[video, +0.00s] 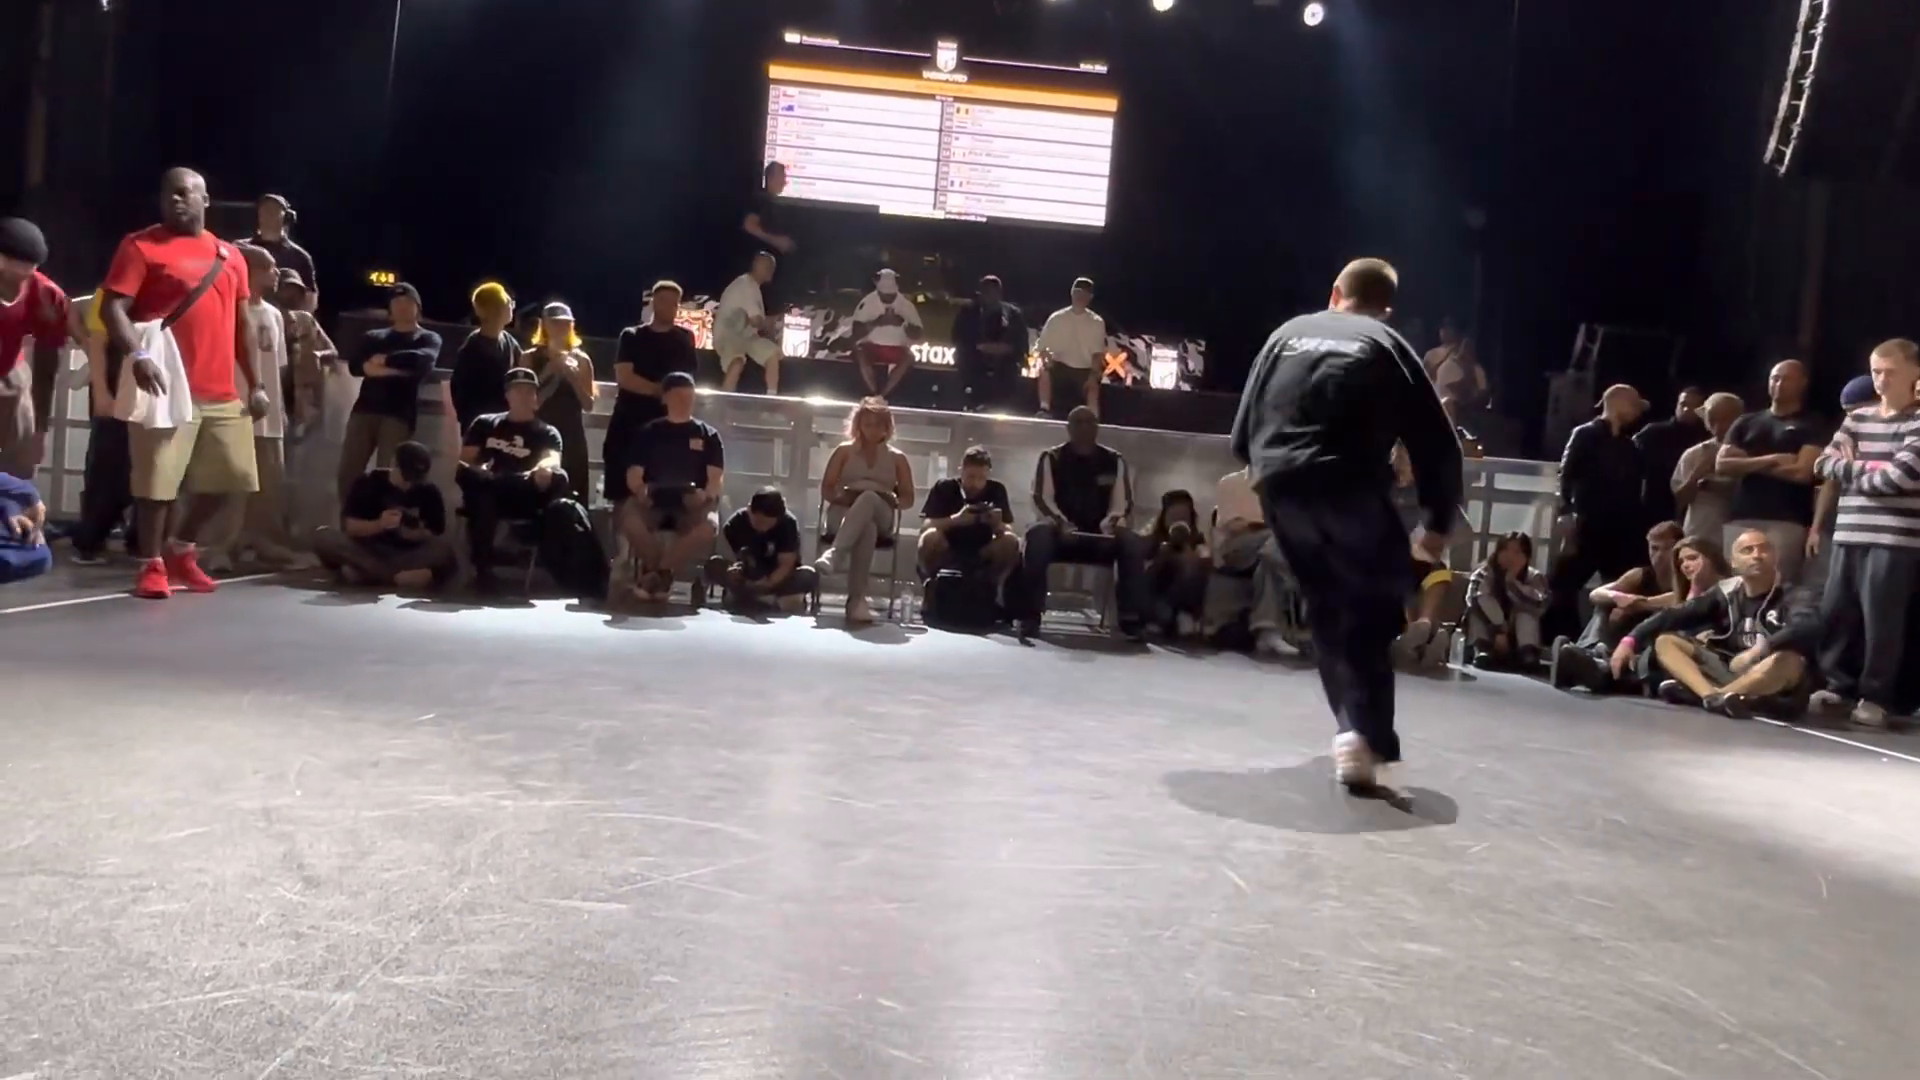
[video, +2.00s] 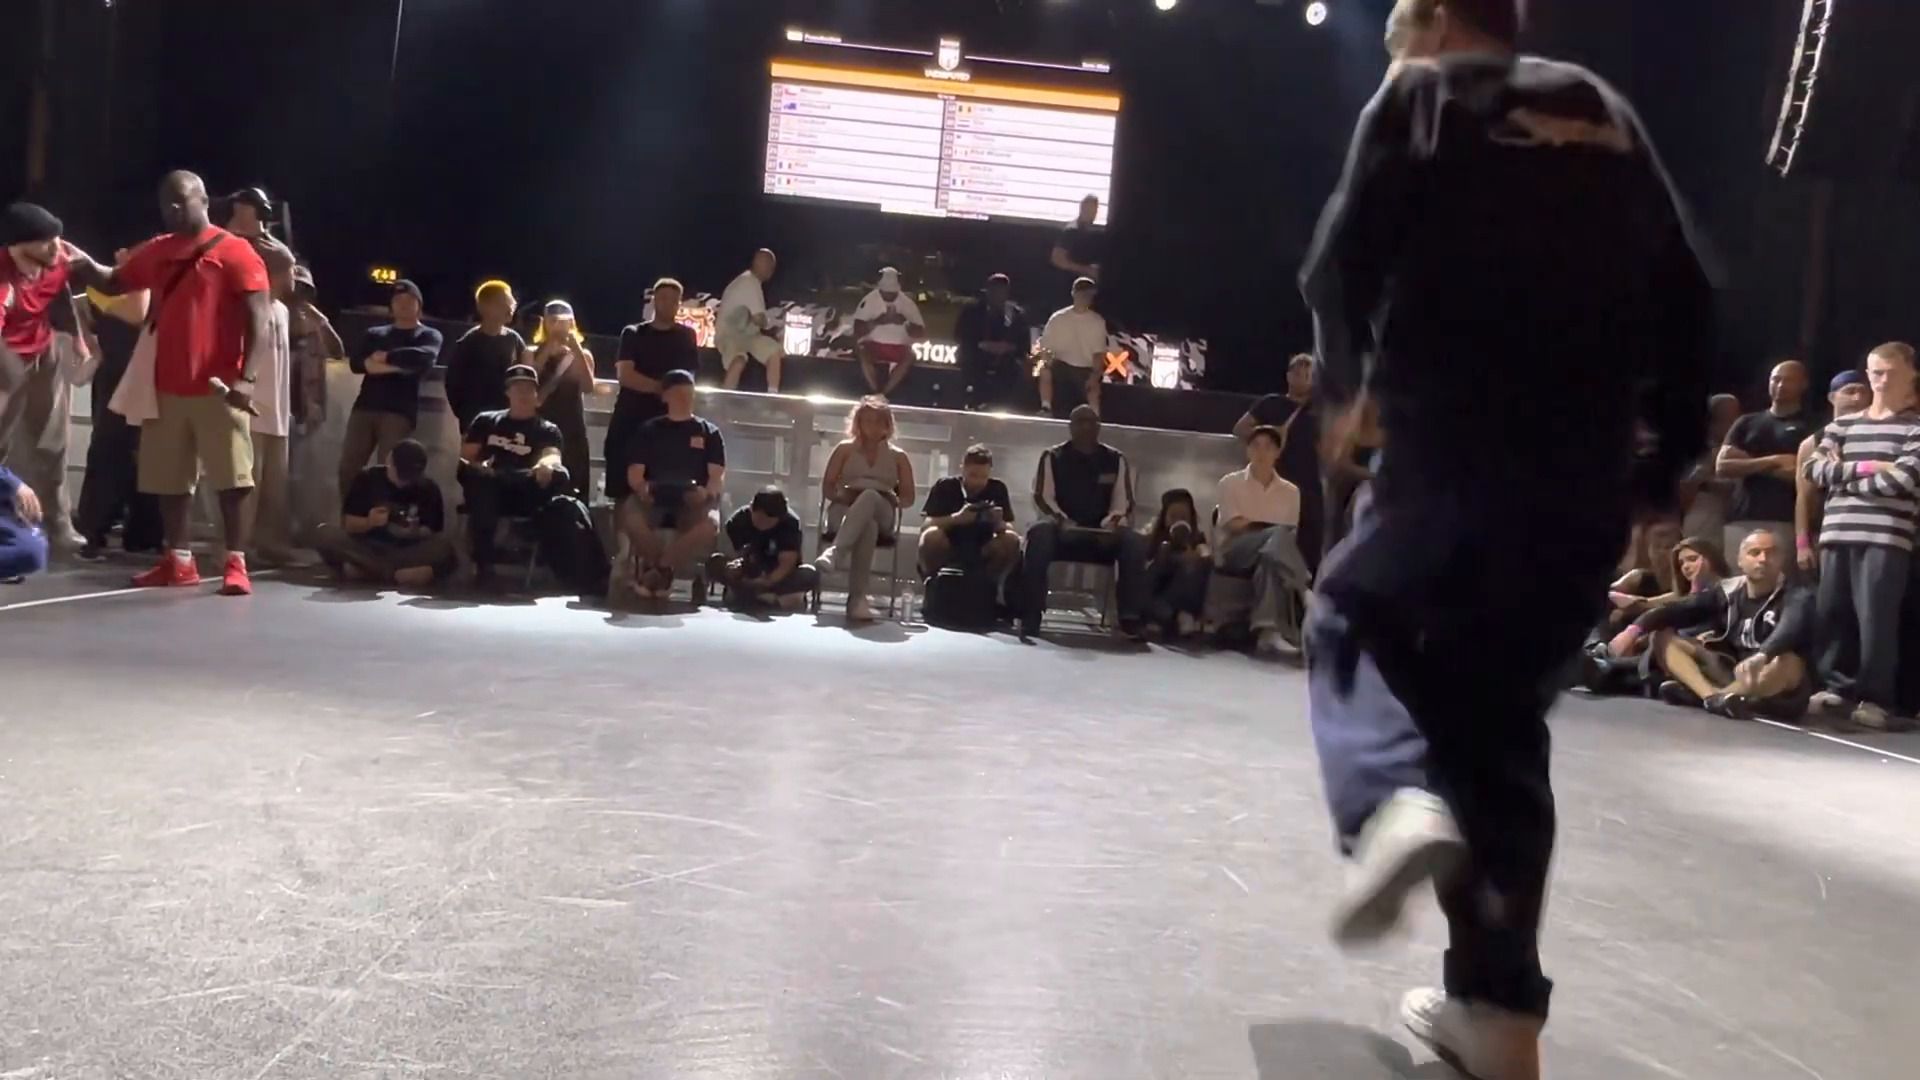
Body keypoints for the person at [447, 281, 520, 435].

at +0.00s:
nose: (513, 305)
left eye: (510, 301)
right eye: (508, 301)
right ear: (492, 310)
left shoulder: (510, 343)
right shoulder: (470, 349)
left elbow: (516, 381)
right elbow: (458, 385)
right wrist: (467, 420)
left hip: (505, 420)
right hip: (476, 423)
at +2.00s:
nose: (511, 308)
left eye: (511, 302)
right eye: (505, 303)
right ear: (486, 308)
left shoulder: (514, 341)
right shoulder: (466, 344)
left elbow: (523, 378)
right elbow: (452, 382)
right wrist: (465, 416)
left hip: (507, 417)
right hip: (473, 418)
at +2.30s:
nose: (509, 312)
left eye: (512, 307)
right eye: (503, 306)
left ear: (515, 310)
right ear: (486, 307)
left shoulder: (518, 342)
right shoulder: (465, 343)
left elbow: (526, 379)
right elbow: (452, 380)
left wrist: (518, 410)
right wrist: (464, 415)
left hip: (509, 416)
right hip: (472, 416)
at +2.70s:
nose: (502, 309)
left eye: (506, 303)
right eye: (496, 302)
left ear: (511, 307)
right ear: (482, 305)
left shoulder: (519, 341)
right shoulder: (462, 341)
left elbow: (525, 380)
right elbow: (454, 380)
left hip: (507, 420)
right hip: (468, 419)